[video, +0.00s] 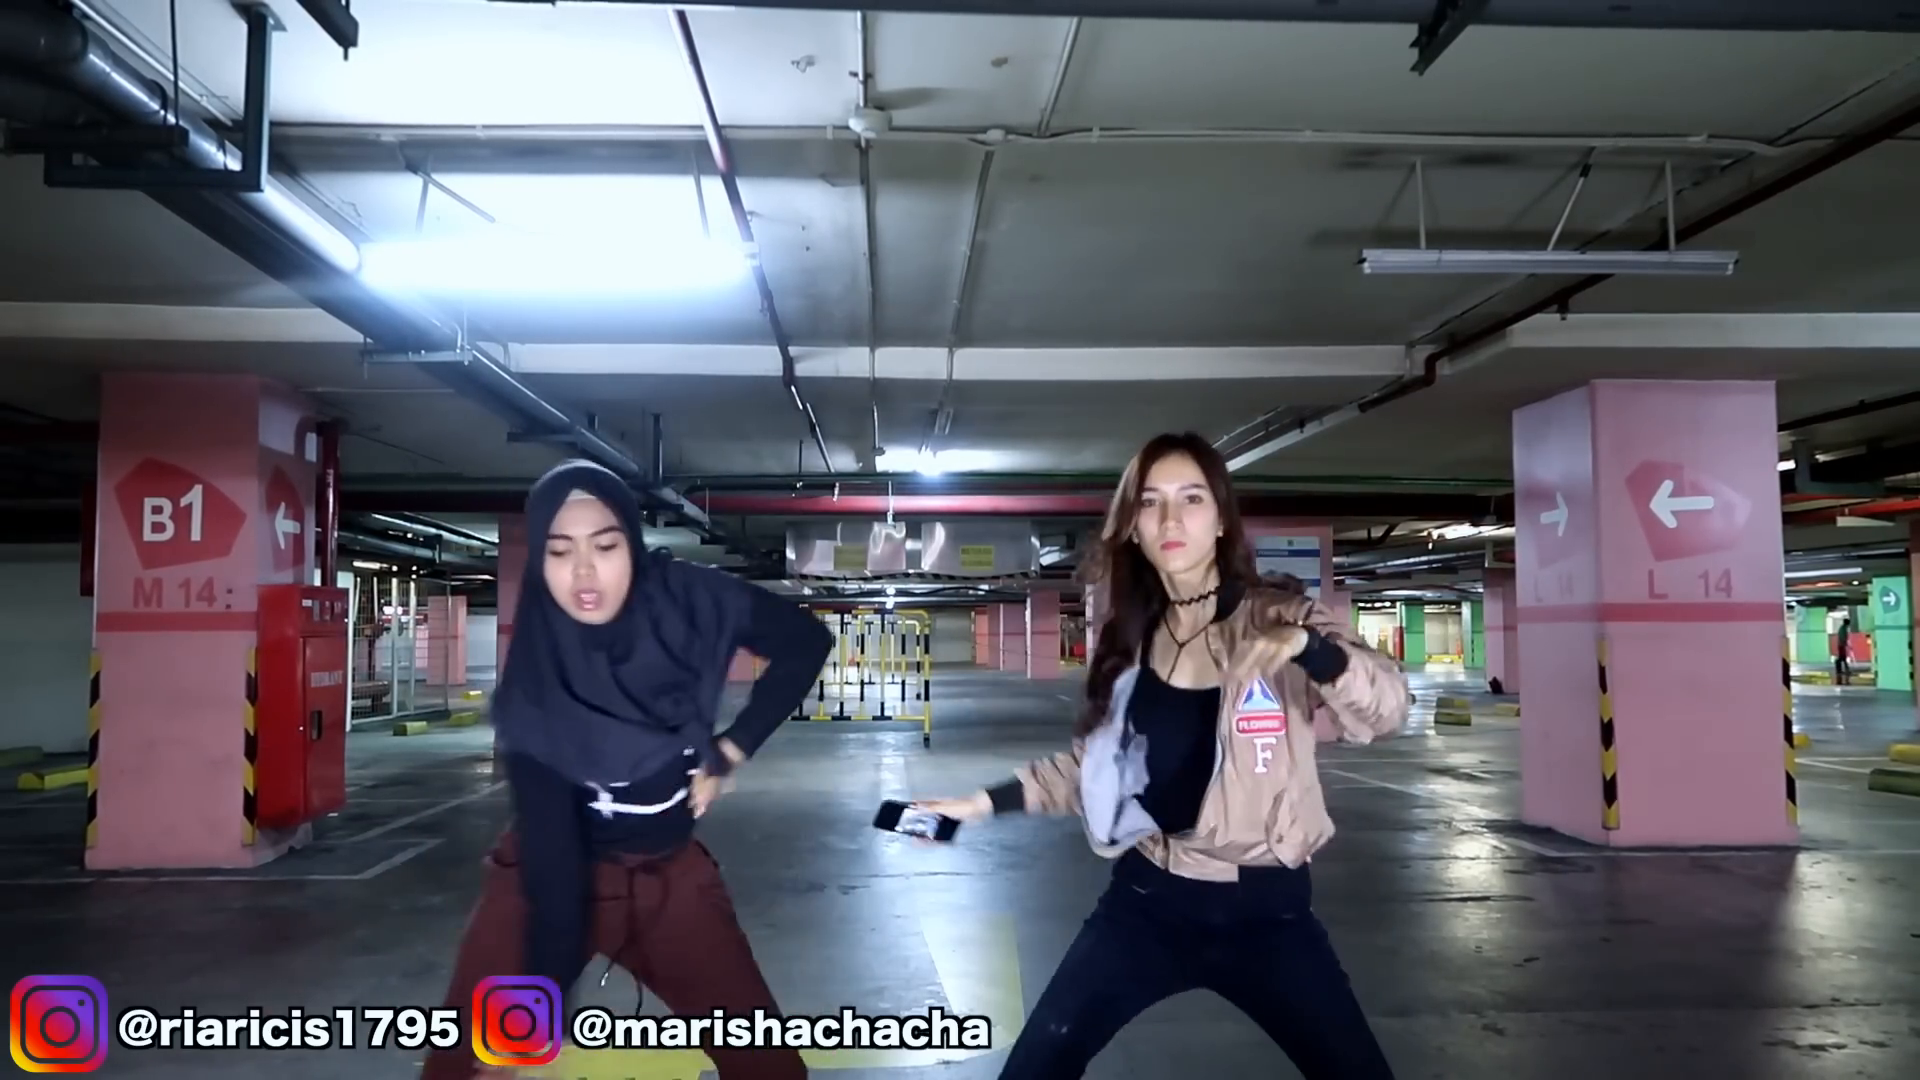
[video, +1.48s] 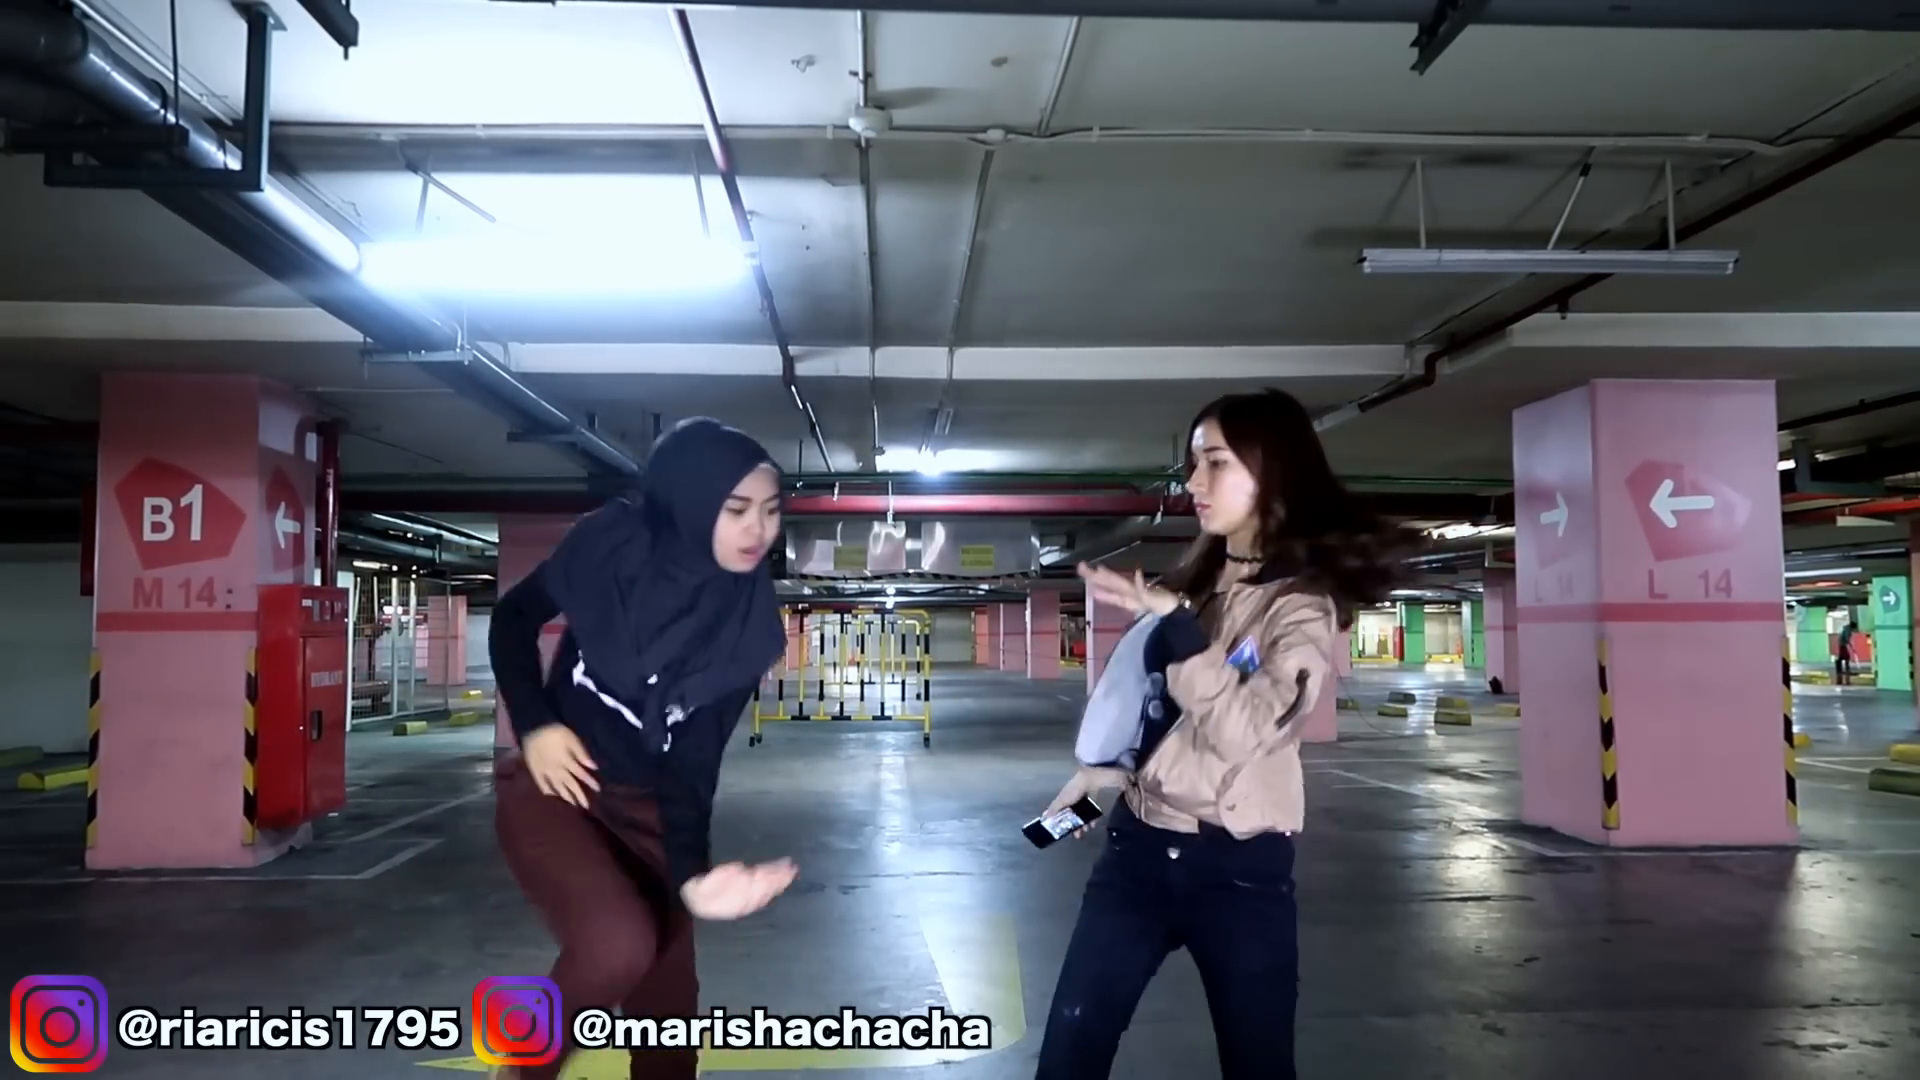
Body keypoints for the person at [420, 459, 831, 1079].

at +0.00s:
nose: (585, 573)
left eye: (606, 546)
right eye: (559, 551)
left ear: (635, 549)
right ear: (537, 561)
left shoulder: (691, 597)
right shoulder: (530, 693)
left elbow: (806, 642)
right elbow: (554, 883)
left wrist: (731, 751)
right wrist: (537, 1027)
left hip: (670, 874)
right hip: (546, 875)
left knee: (769, 1064)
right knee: (457, 1062)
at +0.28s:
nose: (735, 553)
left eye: (757, 529)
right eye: (715, 530)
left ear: (786, 533)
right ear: (692, 532)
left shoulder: (806, 649)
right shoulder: (636, 600)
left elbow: (770, 786)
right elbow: (590, 734)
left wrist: (751, 913)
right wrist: (652, 856)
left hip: (699, 823)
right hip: (592, 797)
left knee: (743, 1030)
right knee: (519, 930)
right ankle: (557, 1063)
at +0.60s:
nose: (749, 577)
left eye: (772, 559)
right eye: (732, 551)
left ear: (788, 572)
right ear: (698, 551)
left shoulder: (760, 692)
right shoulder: (624, 589)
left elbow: (705, 843)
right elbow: (497, 564)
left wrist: (661, 980)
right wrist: (496, 674)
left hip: (664, 888)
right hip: (552, 883)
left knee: (723, 1067)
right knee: (555, 1069)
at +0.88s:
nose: (657, 523)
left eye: (669, 501)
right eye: (635, 501)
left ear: (679, 505)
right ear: (585, 501)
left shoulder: (642, 599)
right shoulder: (547, 627)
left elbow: (677, 694)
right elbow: (576, 814)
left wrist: (680, 750)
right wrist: (616, 982)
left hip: (583, 837)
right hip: (495, 856)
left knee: (762, 862)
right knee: (518, 1057)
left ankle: (600, 1027)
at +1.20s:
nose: (664, 569)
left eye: (672, 547)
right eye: (640, 550)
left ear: (683, 545)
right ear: (587, 551)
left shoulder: (664, 631)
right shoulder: (550, 658)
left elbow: (732, 676)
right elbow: (588, 823)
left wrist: (778, 651)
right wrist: (658, 963)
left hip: (593, 882)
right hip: (498, 887)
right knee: (514, 1061)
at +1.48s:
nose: (761, 530)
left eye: (772, 509)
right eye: (738, 510)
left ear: (783, 509)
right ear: (688, 505)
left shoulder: (752, 624)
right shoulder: (615, 540)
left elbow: (694, 753)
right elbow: (512, 618)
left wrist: (693, 873)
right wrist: (536, 724)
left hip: (650, 809)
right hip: (550, 782)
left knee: (670, 1004)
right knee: (619, 943)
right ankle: (532, 1060)